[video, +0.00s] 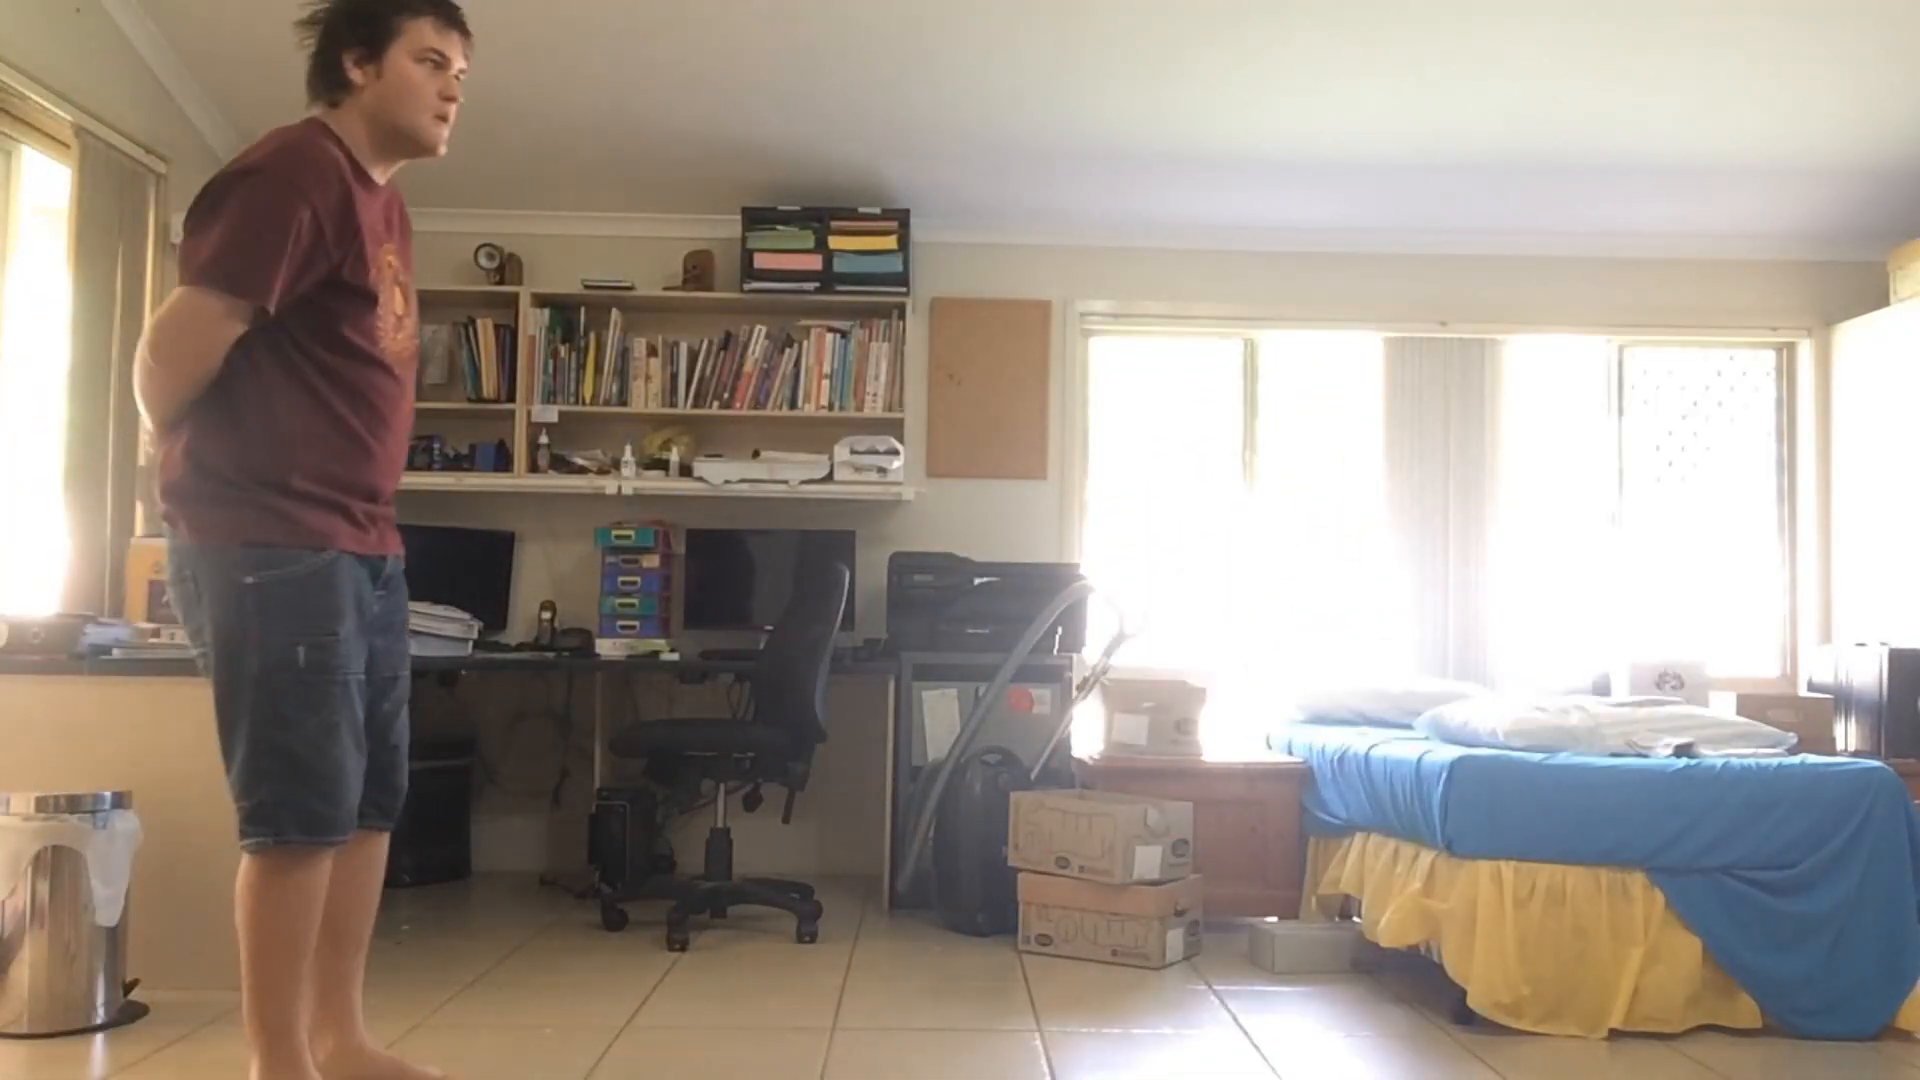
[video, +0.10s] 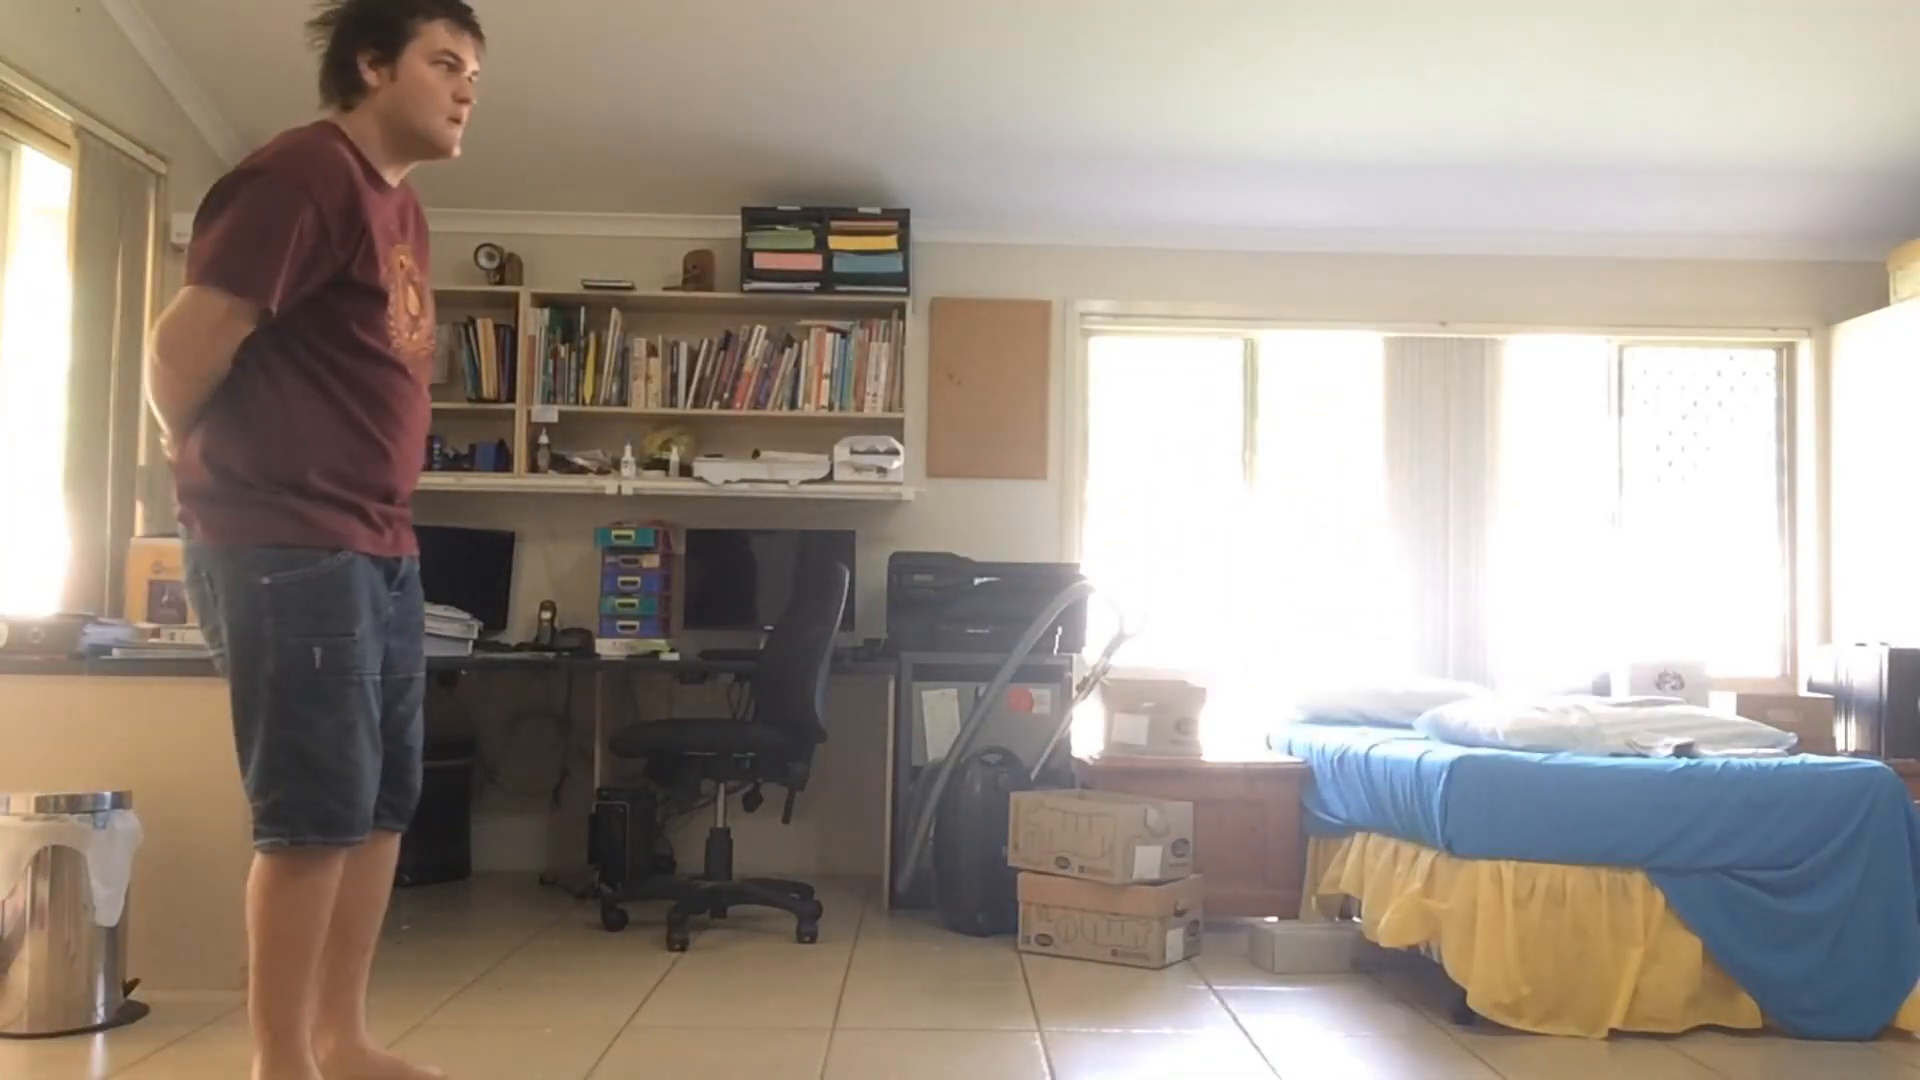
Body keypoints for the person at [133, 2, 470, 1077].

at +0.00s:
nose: (455, 89)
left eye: (461, 73)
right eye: (433, 61)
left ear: (440, 91)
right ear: (360, 63)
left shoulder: (383, 197)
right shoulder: (295, 170)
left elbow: (323, 367)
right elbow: (166, 362)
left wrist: (198, 430)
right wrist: (178, 434)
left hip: (362, 540)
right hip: (271, 539)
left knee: (367, 805)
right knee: (295, 818)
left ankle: (339, 1041)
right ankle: (281, 1061)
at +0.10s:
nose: (468, 91)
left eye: (474, 75)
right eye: (447, 64)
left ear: (452, 92)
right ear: (375, 65)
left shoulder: (404, 207)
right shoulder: (303, 171)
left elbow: (367, 369)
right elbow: (177, 354)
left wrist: (236, 437)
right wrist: (204, 446)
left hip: (379, 539)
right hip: (287, 537)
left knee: (380, 805)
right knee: (310, 818)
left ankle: (341, 1042)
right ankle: (283, 1061)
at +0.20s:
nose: (477, 93)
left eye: (483, 77)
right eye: (457, 66)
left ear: (463, 94)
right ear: (386, 65)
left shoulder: (415, 208)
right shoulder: (314, 171)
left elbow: (380, 372)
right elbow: (186, 355)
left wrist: (245, 439)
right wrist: (213, 442)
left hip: (392, 542)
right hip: (299, 540)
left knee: (389, 806)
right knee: (317, 818)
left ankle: (340, 1043)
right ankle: (283, 1062)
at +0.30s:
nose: (488, 98)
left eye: (493, 81)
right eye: (468, 70)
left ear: (472, 99)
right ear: (396, 71)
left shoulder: (422, 210)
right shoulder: (327, 173)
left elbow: (376, 376)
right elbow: (196, 358)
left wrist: (240, 437)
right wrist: (214, 440)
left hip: (397, 543)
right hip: (306, 540)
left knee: (393, 810)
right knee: (325, 820)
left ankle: (340, 1040)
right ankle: (287, 1060)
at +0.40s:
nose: (502, 107)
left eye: (507, 90)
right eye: (483, 80)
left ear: (446, 99)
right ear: (410, 81)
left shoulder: (420, 209)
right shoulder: (346, 178)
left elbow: (340, 371)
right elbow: (202, 358)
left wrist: (225, 431)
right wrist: (204, 434)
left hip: (394, 540)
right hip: (302, 536)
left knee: (402, 806)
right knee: (329, 817)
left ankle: (343, 1043)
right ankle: (285, 1060)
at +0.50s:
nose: (517, 125)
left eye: (519, 107)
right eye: (499, 98)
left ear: (444, 111)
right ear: (426, 98)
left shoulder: (424, 222)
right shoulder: (360, 199)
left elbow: (333, 380)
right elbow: (208, 365)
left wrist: (204, 433)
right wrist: (182, 426)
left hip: (383, 550)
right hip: (287, 548)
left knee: (413, 797)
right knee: (335, 811)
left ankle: (335, 1032)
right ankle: (284, 1058)